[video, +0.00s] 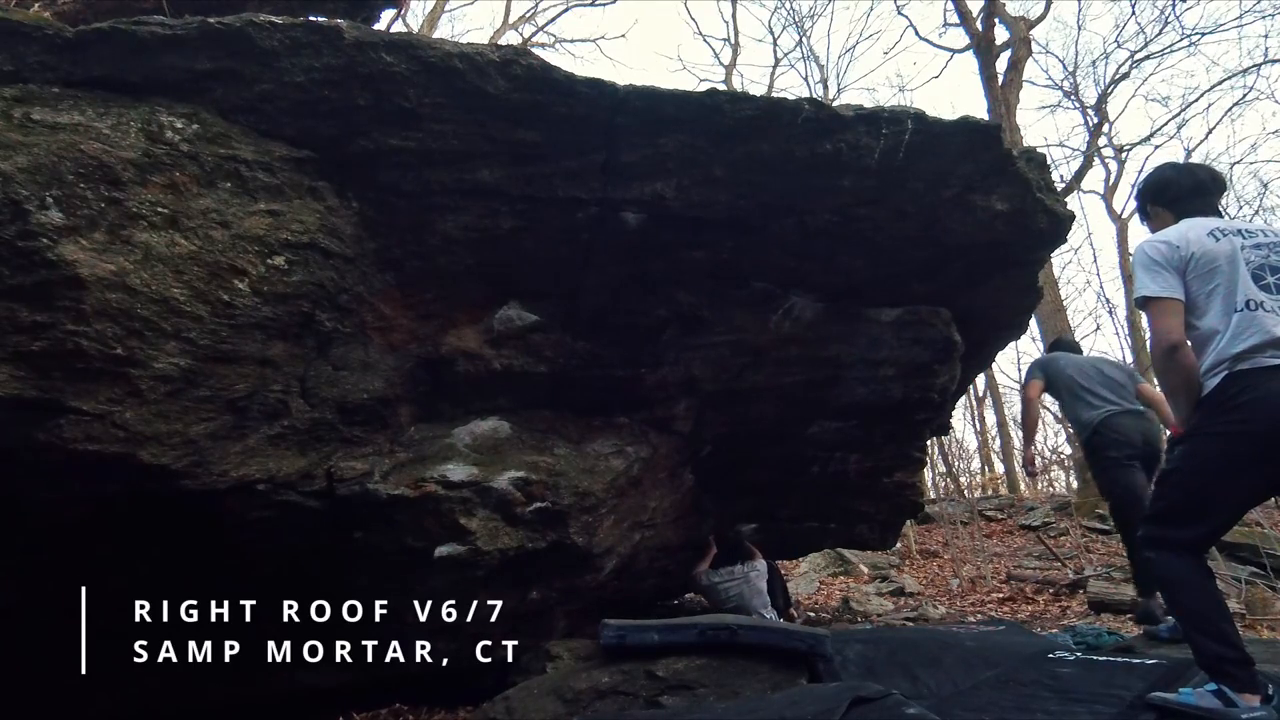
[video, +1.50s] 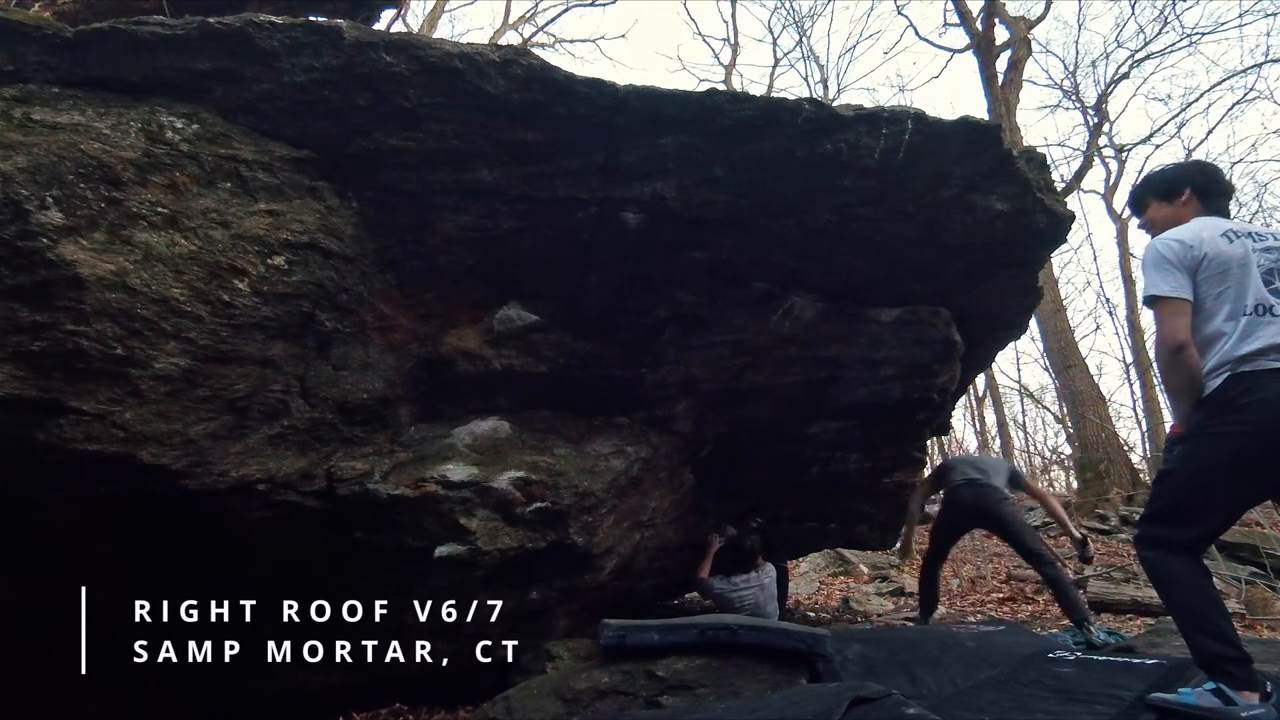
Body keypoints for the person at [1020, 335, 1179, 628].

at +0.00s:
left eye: (1046, 354)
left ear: (1051, 354)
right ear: (1078, 352)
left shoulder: (1046, 362)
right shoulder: (1112, 364)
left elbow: (1030, 398)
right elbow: (1153, 395)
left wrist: (1028, 448)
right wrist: (1176, 428)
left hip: (1108, 435)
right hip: (1148, 430)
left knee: (1137, 518)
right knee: (1135, 514)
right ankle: (1149, 597)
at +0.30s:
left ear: (1041, 365)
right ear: (1070, 366)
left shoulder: (1029, 373)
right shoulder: (1092, 380)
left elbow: (1013, 404)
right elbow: (1136, 419)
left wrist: (1016, 450)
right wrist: (1156, 462)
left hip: (1073, 449)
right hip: (1113, 447)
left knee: (1074, 529)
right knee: (1110, 528)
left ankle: (1143, 584)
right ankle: (1136, 607)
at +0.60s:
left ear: (1014, 384)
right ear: (1042, 384)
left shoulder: (1000, 395)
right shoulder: (1067, 395)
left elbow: (981, 423)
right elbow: (1100, 434)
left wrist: (987, 467)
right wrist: (1111, 479)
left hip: (1036, 472)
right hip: (1076, 465)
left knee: (1028, 545)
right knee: (1093, 540)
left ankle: (1025, 622)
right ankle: (1134, 607)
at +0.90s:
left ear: (996, 406)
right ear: (1023, 407)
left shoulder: (979, 415)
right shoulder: (1040, 417)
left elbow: (952, 448)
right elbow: (1068, 457)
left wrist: (955, 488)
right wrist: (1085, 496)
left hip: (997, 488)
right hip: (1037, 484)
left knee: (1006, 561)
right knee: (1065, 552)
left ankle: (1025, 629)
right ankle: (1088, 622)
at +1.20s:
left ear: (999, 424)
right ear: (1024, 427)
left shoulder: (984, 430)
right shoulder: (1042, 440)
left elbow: (956, 450)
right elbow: (1077, 482)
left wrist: (949, 487)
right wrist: (1075, 525)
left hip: (991, 490)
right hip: (1031, 491)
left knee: (968, 546)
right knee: (1062, 556)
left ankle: (986, 609)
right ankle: (1089, 627)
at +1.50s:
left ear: (960, 462)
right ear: (995, 462)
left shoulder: (947, 466)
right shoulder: (1006, 468)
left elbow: (918, 495)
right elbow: (1046, 498)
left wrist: (906, 539)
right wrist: (1075, 534)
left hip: (956, 505)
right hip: (995, 502)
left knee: (932, 562)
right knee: (1044, 561)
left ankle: (924, 618)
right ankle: (1087, 627)